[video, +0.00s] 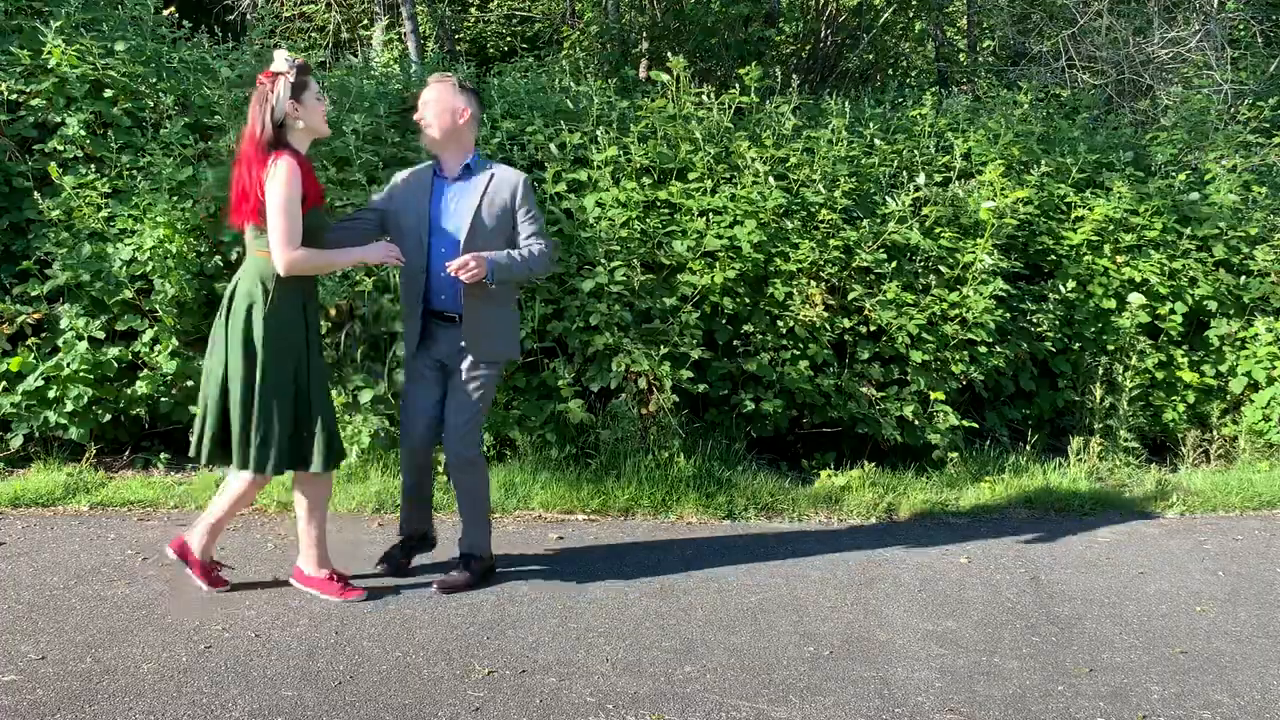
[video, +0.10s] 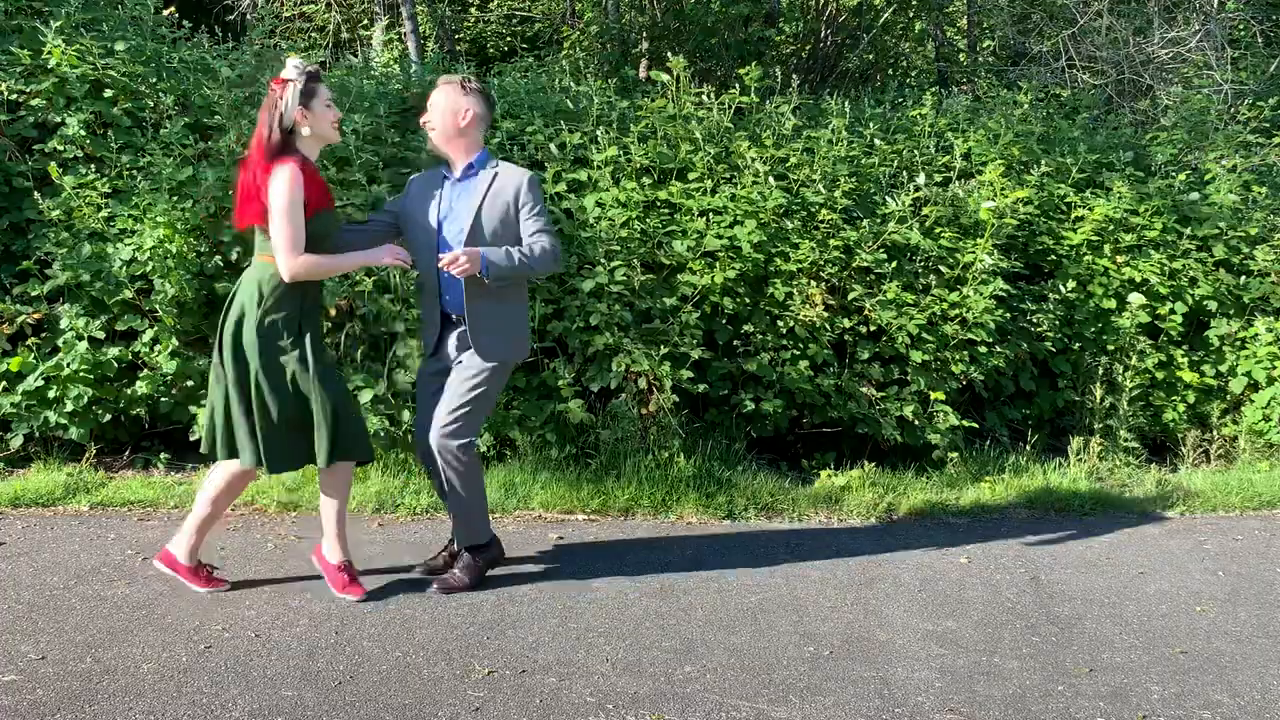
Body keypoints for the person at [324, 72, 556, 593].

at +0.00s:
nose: (416, 117)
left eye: (425, 107)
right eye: (417, 109)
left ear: (463, 114)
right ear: (445, 118)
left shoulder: (509, 184)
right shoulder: (407, 185)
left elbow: (540, 254)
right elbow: (349, 231)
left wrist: (492, 263)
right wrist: (291, 234)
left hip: (481, 335)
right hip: (425, 331)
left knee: (460, 442)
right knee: (415, 437)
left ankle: (476, 556)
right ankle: (415, 534)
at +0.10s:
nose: (423, 120)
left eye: (432, 110)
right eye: (426, 112)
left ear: (465, 116)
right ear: (461, 118)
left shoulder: (516, 183)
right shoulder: (420, 188)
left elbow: (546, 253)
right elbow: (364, 233)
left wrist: (485, 259)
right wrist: (300, 233)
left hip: (492, 335)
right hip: (440, 335)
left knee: (448, 435)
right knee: (428, 440)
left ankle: (480, 547)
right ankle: (469, 534)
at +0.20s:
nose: (431, 127)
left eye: (439, 118)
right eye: (434, 118)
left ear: (466, 126)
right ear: (470, 128)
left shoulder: (516, 188)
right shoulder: (439, 200)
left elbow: (542, 261)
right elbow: (396, 245)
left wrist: (468, 265)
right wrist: (334, 249)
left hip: (494, 344)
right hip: (452, 343)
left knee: (447, 443)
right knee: (442, 445)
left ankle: (498, 563)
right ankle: (472, 540)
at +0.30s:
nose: (442, 131)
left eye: (448, 122)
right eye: (445, 122)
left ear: (470, 126)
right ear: (481, 129)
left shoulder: (514, 186)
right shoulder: (469, 192)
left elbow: (524, 263)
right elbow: (465, 253)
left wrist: (441, 264)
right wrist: (417, 254)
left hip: (503, 352)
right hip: (474, 349)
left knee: (464, 459)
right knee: (452, 452)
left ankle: (505, 584)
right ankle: (478, 543)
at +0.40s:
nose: (455, 122)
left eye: (458, 112)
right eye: (460, 112)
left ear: (469, 114)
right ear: (506, 120)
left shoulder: (504, 176)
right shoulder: (488, 174)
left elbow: (499, 251)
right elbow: (477, 249)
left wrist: (420, 255)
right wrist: (419, 253)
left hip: (509, 344)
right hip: (492, 343)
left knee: (480, 455)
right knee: (473, 449)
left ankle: (506, 582)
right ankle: (487, 548)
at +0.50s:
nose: (461, 118)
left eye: (463, 111)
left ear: (473, 114)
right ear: (521, 117)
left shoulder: (493, 167)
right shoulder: (527, 171)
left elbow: (475, 247)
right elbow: (495, 246)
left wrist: (406, 251)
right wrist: (423, 249)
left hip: (499, 339)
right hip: (531, 335)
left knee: (484, 458)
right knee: (492, 451)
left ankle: (505, 581)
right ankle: (533, 558)